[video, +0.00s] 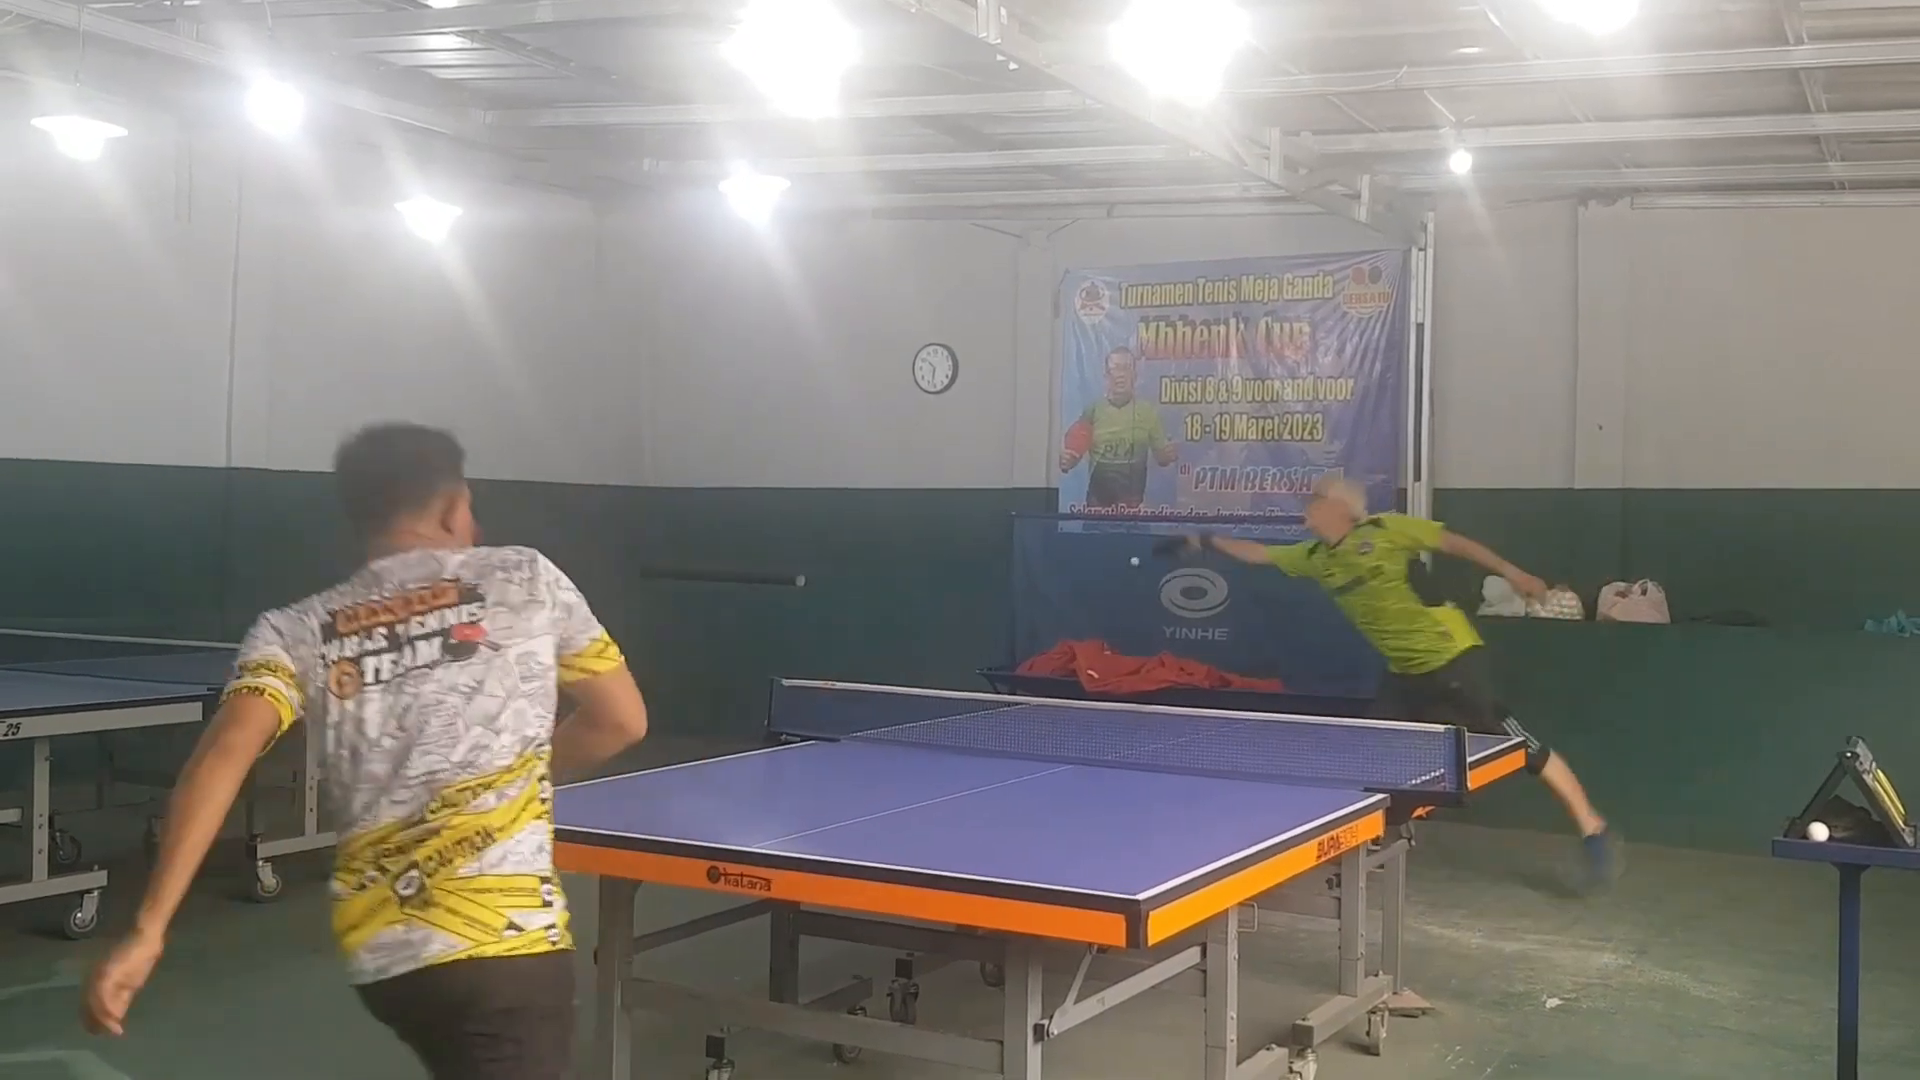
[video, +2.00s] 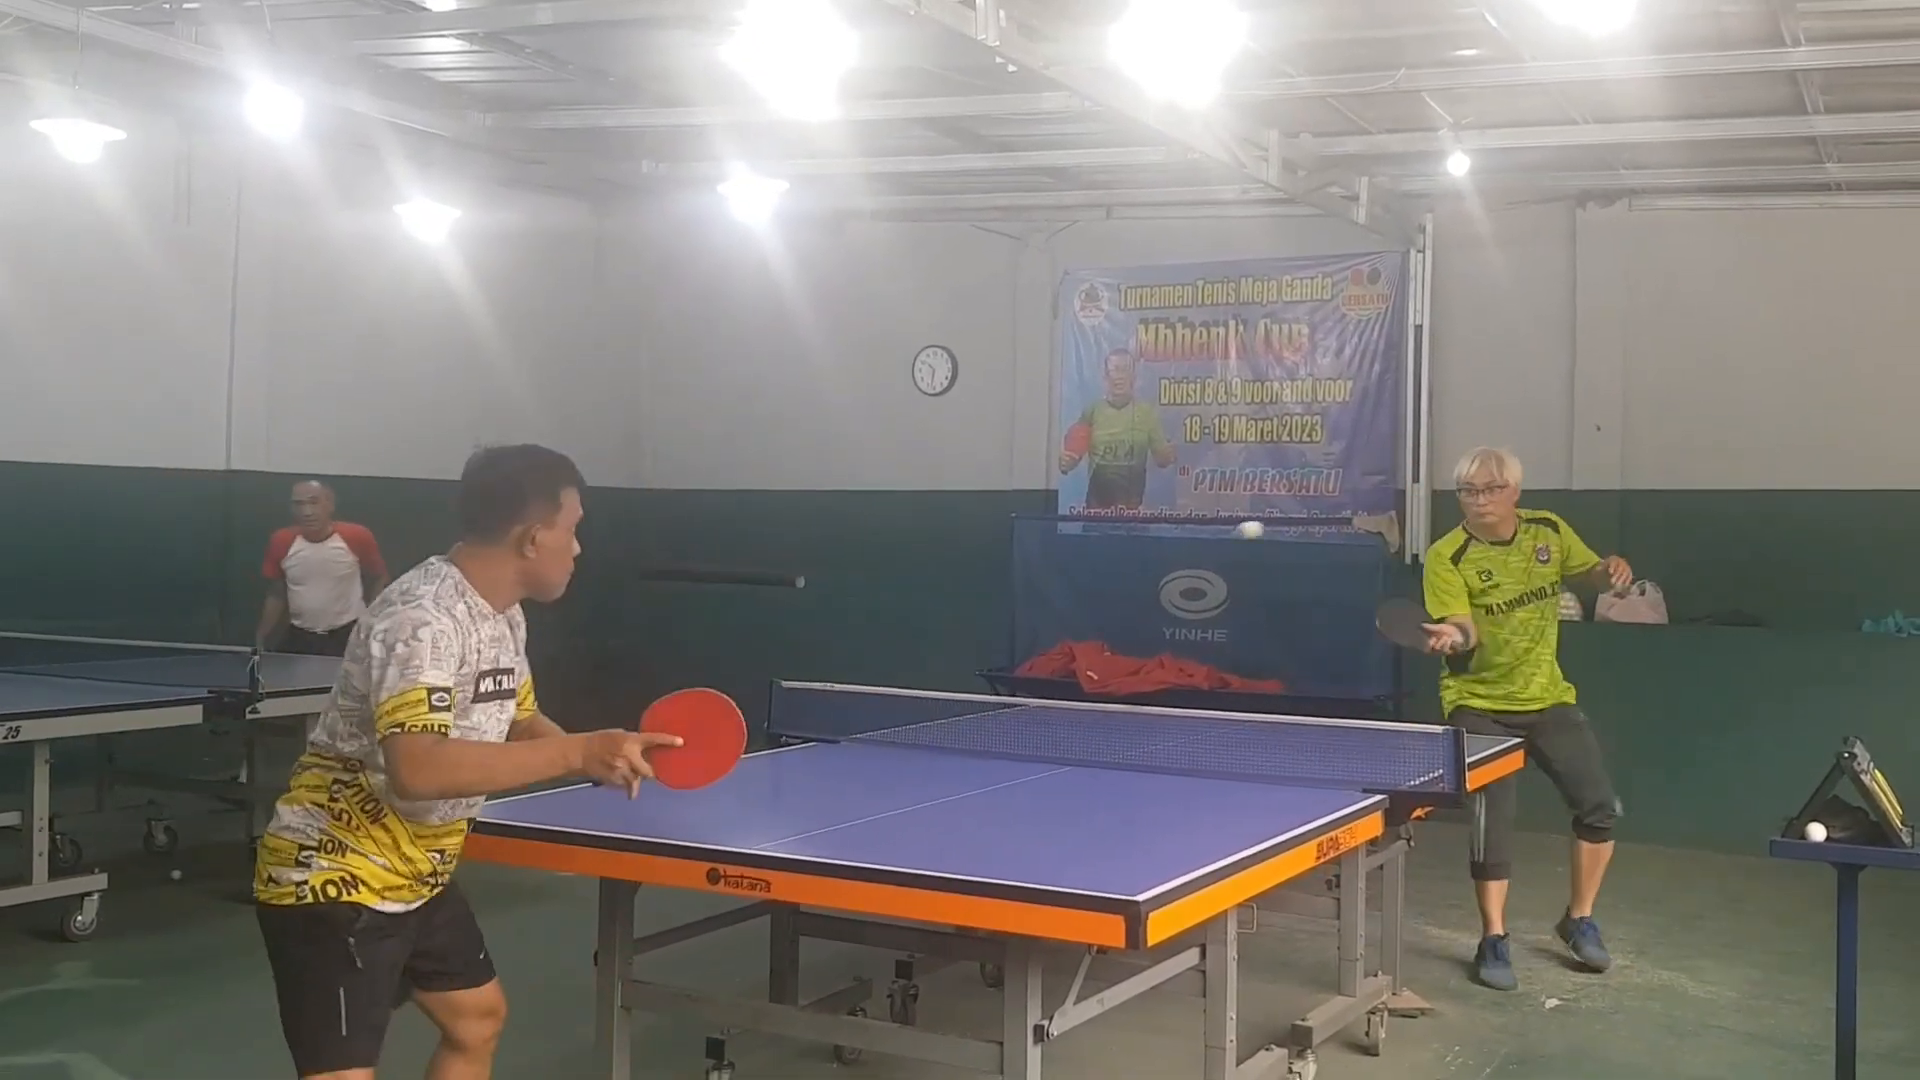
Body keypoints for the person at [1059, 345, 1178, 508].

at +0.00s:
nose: (1120, 375)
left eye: (1126, 369)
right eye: (1114, 369)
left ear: (1134, 374)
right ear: (1106, 374)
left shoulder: (1147, 412)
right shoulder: (1094, 411)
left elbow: (1161, 456)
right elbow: (1077, 445)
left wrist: (1168, 454)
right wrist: (1066, 460)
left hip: (1132, 498)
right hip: (1098, 499)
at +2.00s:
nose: (1118, 377)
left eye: (1124, 370)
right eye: (1113, 370)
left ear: (1133, 375)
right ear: (1105, 376)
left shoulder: (1146, 413)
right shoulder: (1093, 412)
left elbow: (1161, 457)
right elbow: (1076, 446)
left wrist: (1167, 455)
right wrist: (1066, 462)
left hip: (1132, 498)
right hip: (1098, 499)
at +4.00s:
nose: (1116, 381)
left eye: (1122, 374)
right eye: (1110, 375)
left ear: (1131, 380)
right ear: (1103, 381)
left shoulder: (1145, 418)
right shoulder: (1091, 419)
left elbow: (1158, 463)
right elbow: (1074, 449)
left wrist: (1165, 460)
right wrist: (1065, 466)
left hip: (1129, 507)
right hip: (1095, 508)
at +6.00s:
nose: (1118, 382)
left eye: (1123, 375)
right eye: (1112, 375)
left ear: (1132, 380)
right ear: (1103, 381)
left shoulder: (1145, 417)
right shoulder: (1091, 418)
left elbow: (1158, 462)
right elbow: (1074, 450)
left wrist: (1166, 460)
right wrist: (1066, 466)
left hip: (1131, 505)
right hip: (1097, 506)